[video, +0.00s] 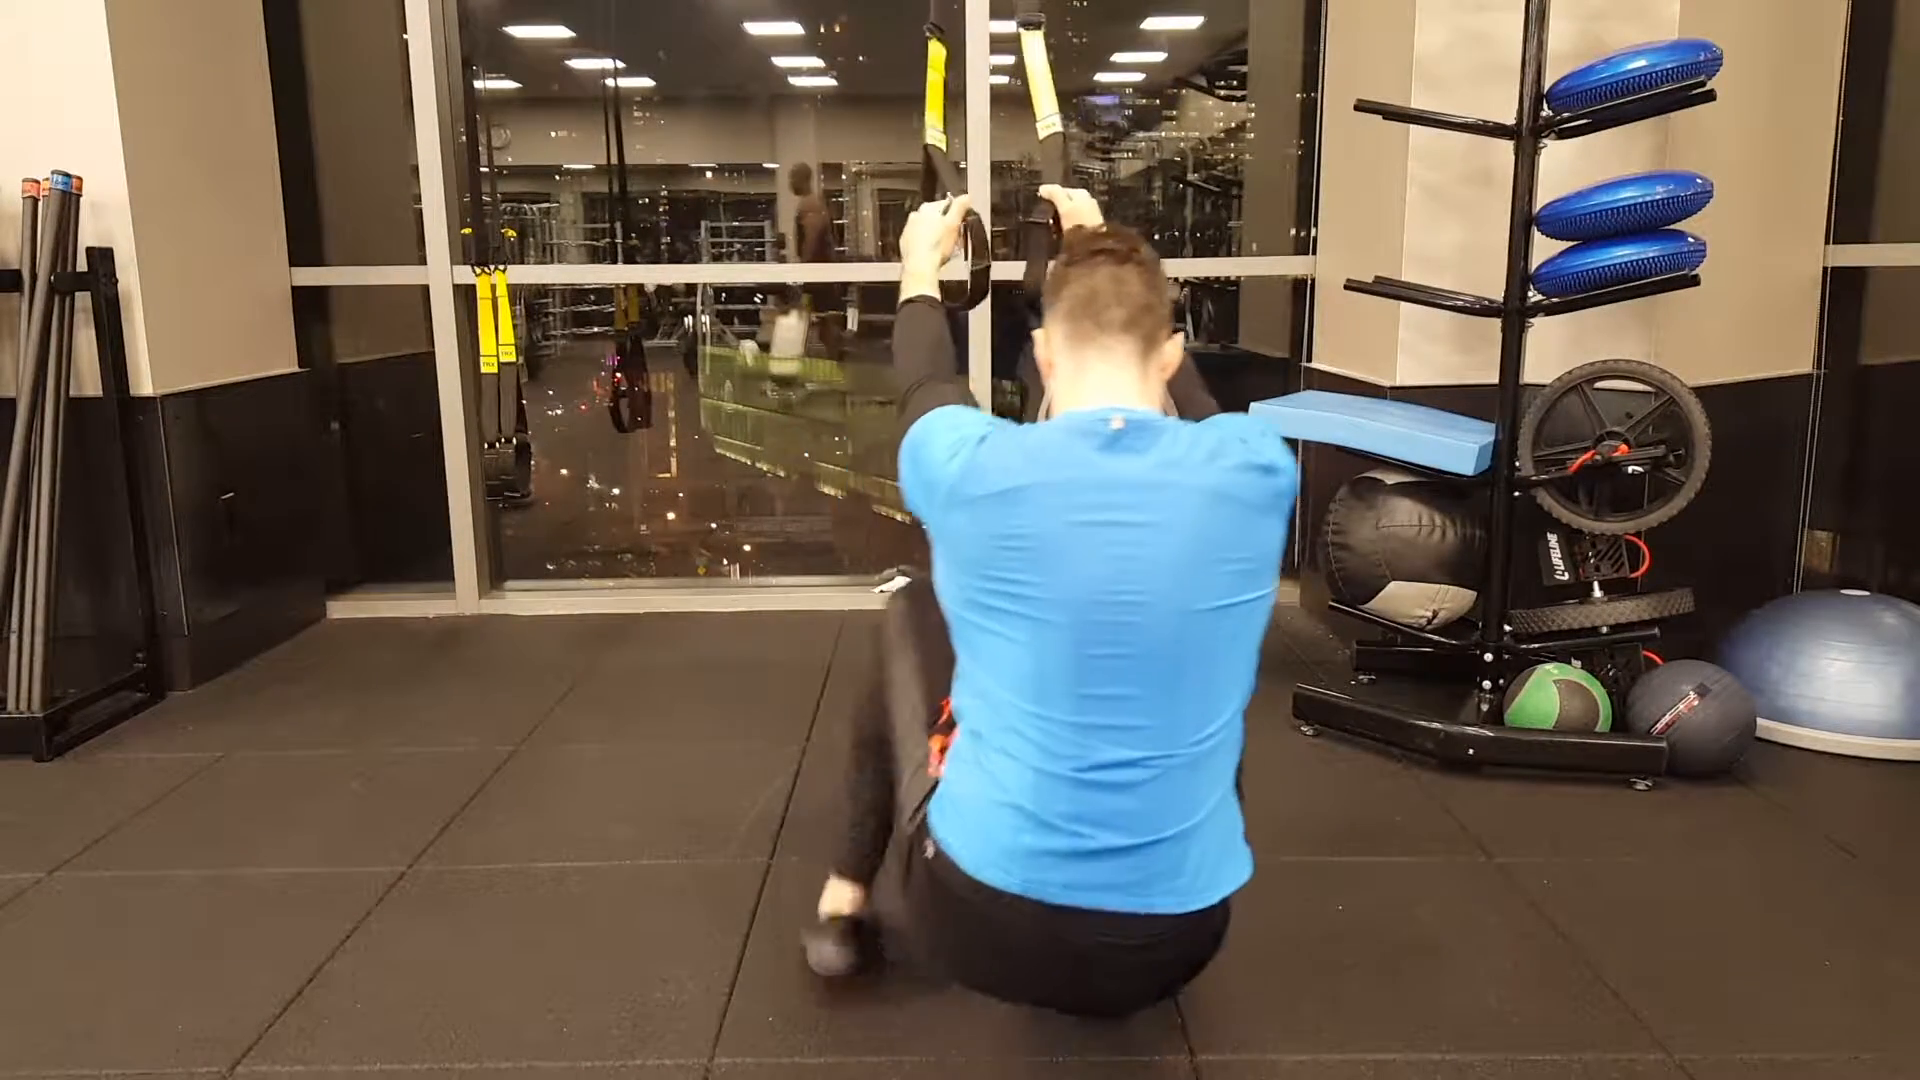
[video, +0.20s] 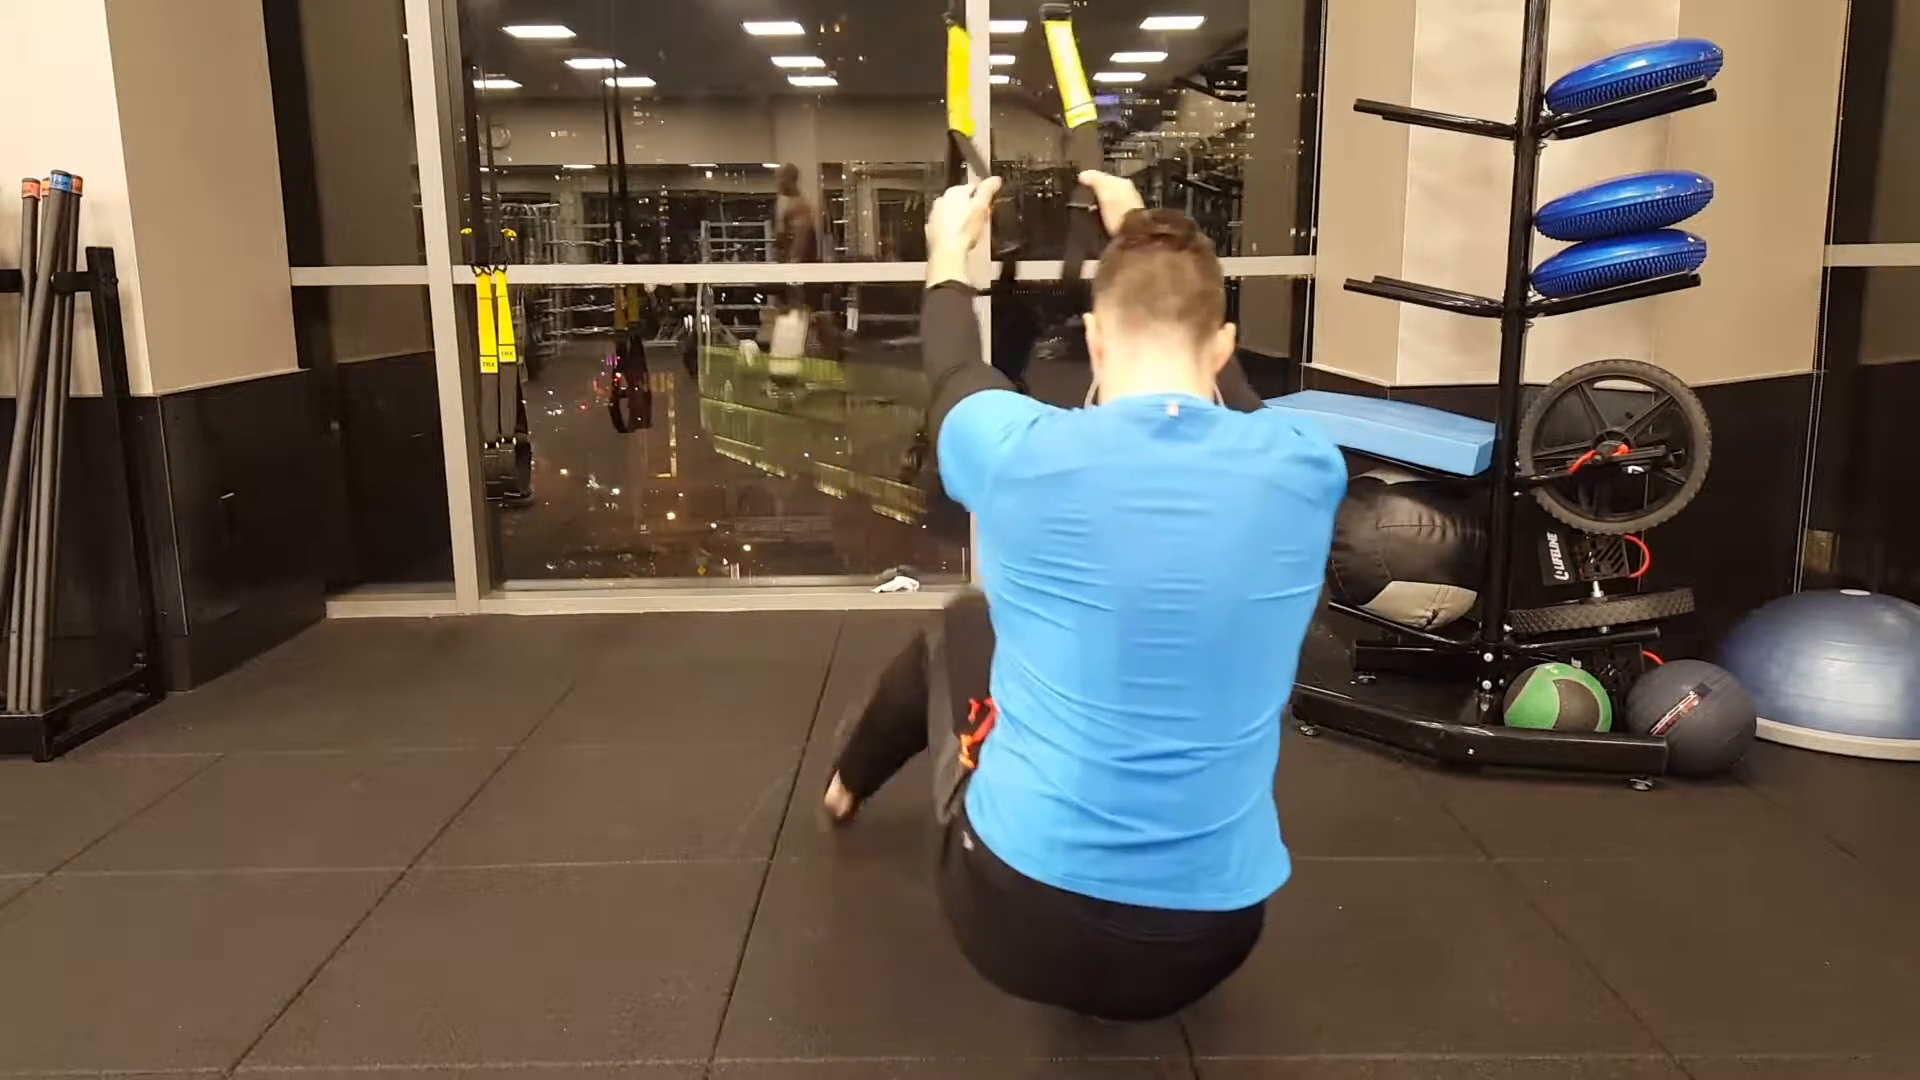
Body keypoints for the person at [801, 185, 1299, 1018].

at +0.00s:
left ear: (1041, 357)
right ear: (1169, 358)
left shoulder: (975, 471)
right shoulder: (1256, 475)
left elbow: (928, 378)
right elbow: (1181, 396)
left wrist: (916, 271)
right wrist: (1102, 256)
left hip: (988, 930)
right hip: (1171, 945)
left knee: (910, 603)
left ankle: (845, 896)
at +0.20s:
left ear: (1096, 339)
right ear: (1224, 347)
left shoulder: (1019, 454)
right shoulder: (1305, 471)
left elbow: (955, 365)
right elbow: (1216, 368)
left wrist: (947, 262)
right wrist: (1145, 238)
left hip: (1019, 933)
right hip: (1201, 948)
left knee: (962, 622)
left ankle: (845, 787)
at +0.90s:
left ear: (1120, 377)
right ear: (1250, 386)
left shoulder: (1043, 503)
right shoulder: (1327, 505)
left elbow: (1003, 384)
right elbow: (1238, 403)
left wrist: (987, 265)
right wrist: (1167, 267)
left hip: (1069, 971)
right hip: (1247, 976)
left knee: (1020, 637)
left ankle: (987, 748)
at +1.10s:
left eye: (1132, 308)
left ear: (1130, 319)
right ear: (1262, 327)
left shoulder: (1056, 441)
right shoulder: (1343, 447)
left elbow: (992, 386)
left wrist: (996, 259)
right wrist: (1173, 248)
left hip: (1082, 919)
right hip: (1256, 923)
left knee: (1024, 648)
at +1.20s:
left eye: (1134, 247)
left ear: (1137, 253)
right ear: (1267, 258)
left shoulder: (1057, 366)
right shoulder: (1354, 379)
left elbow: (985, 357)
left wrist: (992, 254)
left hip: (1086, 843)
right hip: (1262, 859)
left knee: (1029, 646)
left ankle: (1106, 936)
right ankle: (1117, 930)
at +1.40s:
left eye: (1150, 110)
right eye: (1277, 115)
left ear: (1146, 117)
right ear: (1275, 120)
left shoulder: (1058, 218)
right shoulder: (1361, 234)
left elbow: (982, 353)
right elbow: (1331, 386)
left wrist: (1024, 209)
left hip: (1082, 681)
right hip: (1262, 707)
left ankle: (983, 693)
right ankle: (1111, 940)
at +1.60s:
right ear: (1279, 1)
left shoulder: (1050, 78)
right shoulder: (1361, 94)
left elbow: (984, 290)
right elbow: (1329, 286)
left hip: (1082, 522)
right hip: (1273, 546)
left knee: (998, 626)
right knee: (1152, 662)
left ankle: (945, 719)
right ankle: (1111, 943)